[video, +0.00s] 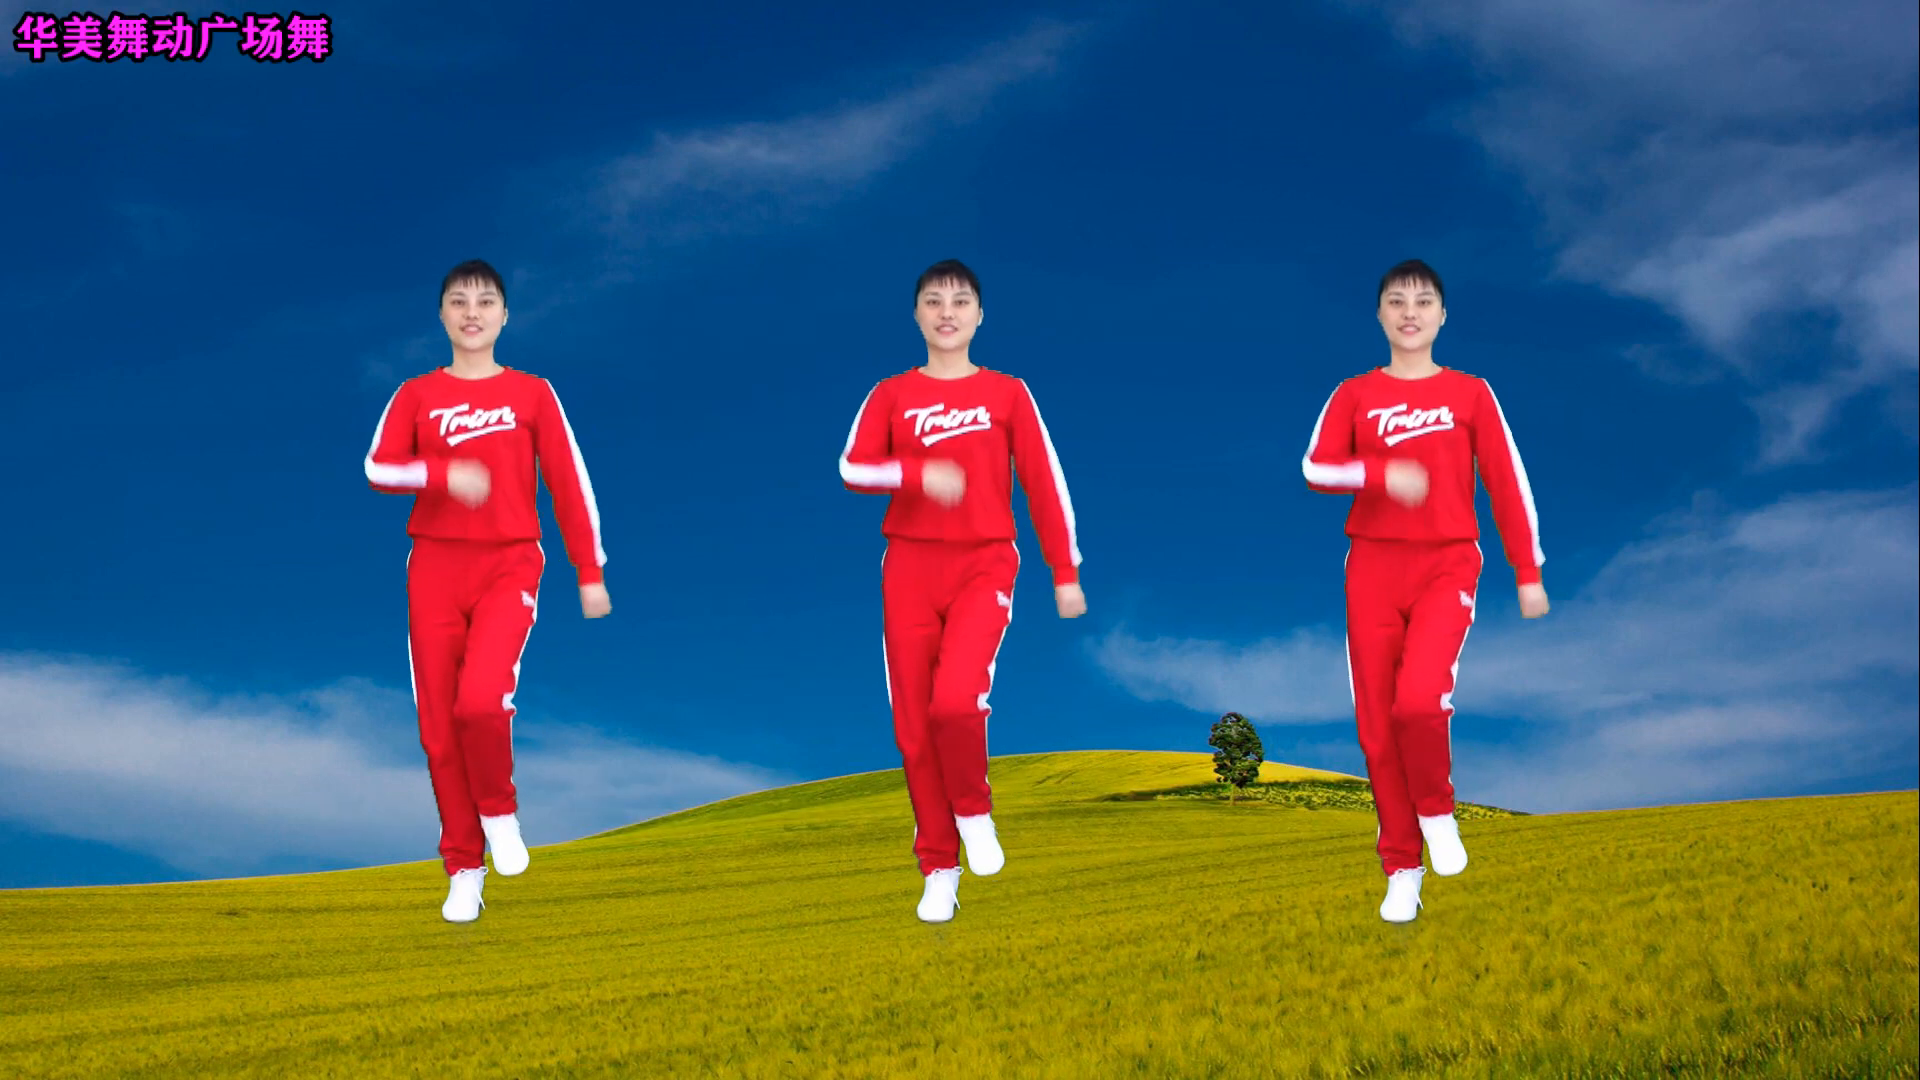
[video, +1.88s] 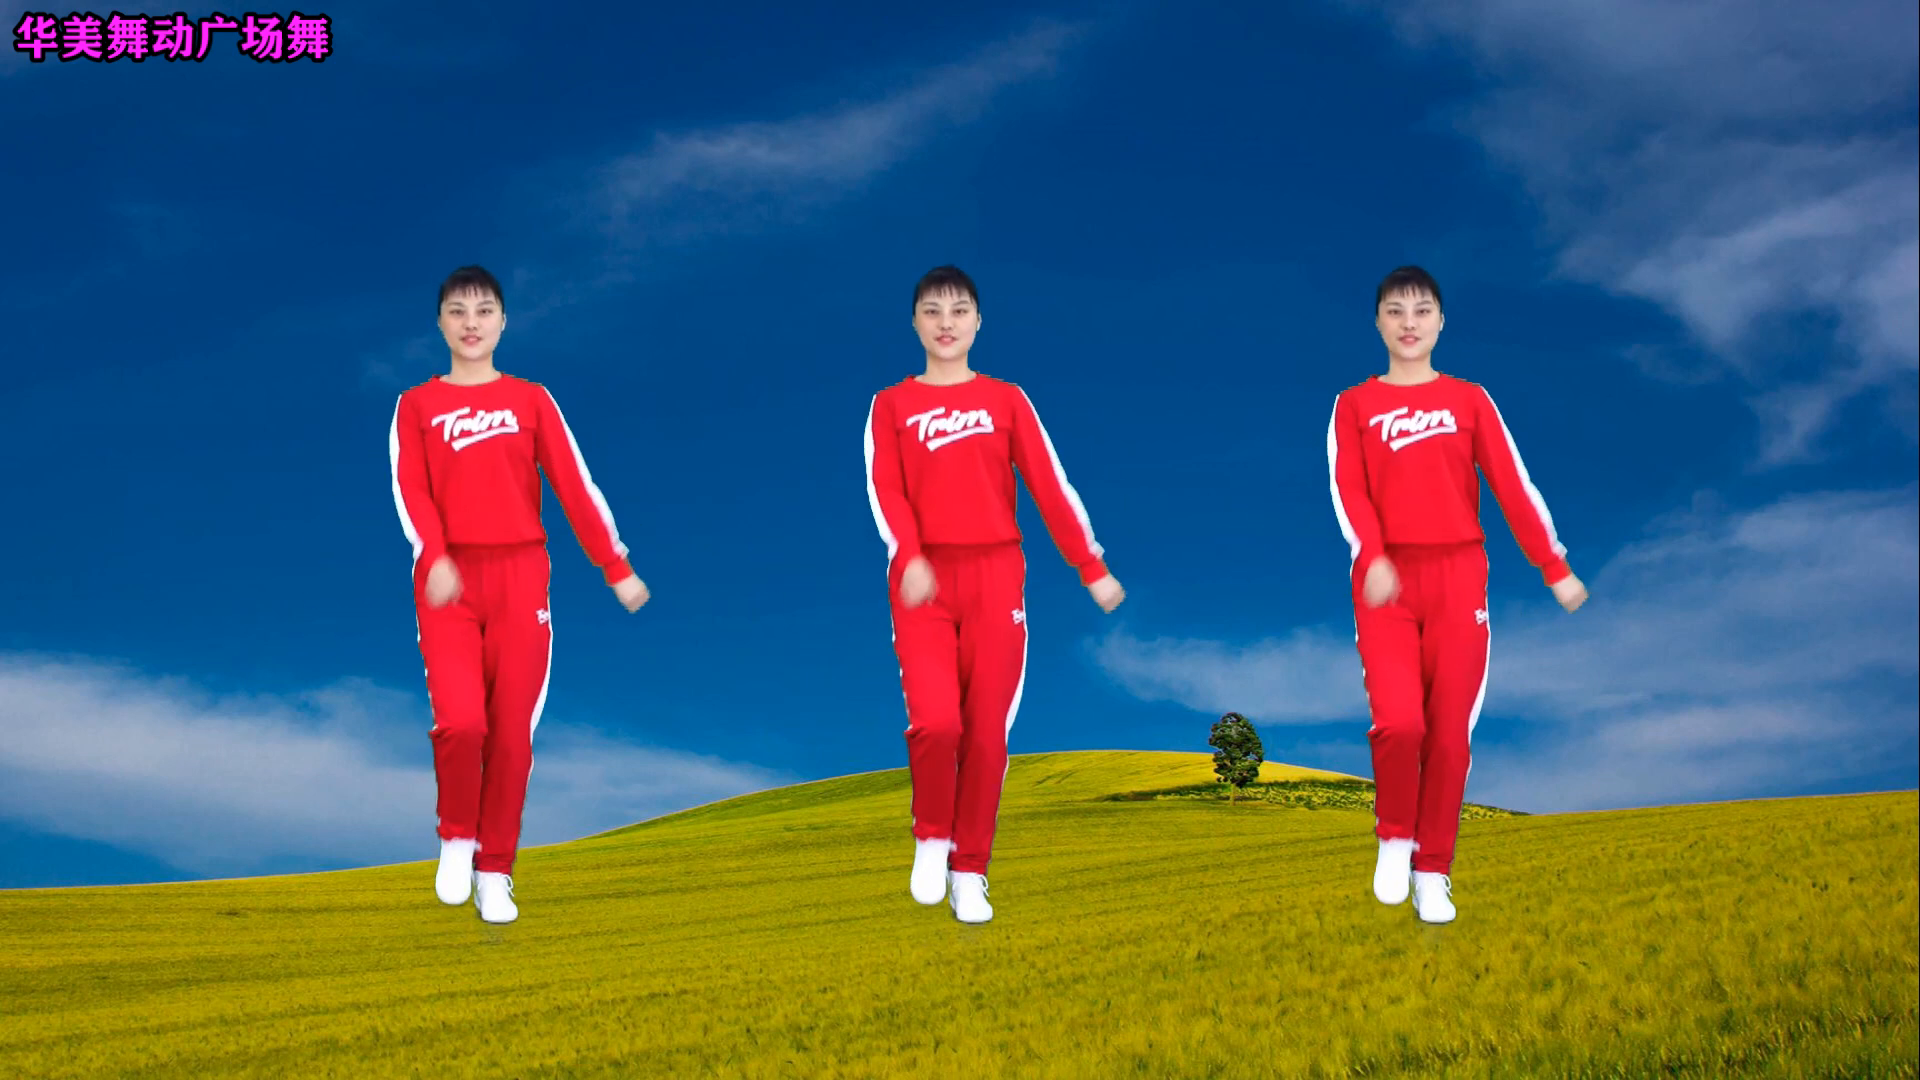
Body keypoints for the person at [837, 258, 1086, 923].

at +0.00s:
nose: (947, 312)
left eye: (959, 302)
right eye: (935, 302)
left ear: (978, 314)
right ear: (918, 315)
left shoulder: (1009, 392)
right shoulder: (890, 394)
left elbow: (1045, 482)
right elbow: (853, 469)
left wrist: (1065, 572)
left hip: (985, 567)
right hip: (909, 567)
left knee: (954, 705)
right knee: (912, 724)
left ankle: (972, 809)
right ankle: (938, 863)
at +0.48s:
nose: (956, 317)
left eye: (968, 307)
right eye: (943, 308)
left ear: (986, 320)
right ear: (926, 322)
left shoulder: (1016, 399)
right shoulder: (902, 403)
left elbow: (1056, 488)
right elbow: (893, 488)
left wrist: (1091, 573)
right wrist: (917, 557)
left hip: (1006, 573)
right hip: (931, 574)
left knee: (998, 724)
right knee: (945, 720)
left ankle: (983, 867)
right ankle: (943, 842)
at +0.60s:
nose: (957, 325)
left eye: (969, 315)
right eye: (944, 317)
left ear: (988, 328)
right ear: (928, 332)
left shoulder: (1018, 409)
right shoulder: (903, 411)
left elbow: (1034, 499)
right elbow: (885, 508)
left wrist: (1020, 575)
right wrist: (874, 596)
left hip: (1007, 582)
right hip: (931, 582)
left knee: (1008, 725)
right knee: (962, 702)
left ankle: (982, 867)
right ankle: (950, 806)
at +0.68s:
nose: (957, 314)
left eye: (968, 304)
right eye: (944, 306)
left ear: (987, 316)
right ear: (927, 321)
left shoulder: (1018, 393)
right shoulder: (902, 401)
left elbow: (1041, 471)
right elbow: (866, 487)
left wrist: (990, 496)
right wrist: (840, 572)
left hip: (1007, 572)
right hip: (932, 571)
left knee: (1003, 719)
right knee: (962, 696)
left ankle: (984, 867)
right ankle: (952, 806)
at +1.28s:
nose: (941, 327)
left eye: (953, 318)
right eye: (928, 318)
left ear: (969, 330)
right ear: (911, 330)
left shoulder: (998, 407)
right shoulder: (882, 411)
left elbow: (1005, 501)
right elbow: (866, 498)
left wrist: (1002, 585)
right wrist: (885, 570)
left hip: (972, 583)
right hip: (901, 584)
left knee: (946, 715)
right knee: (900, 733)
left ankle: (967, 809)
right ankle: (927, 866)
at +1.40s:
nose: (939, 310)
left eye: (952, 300)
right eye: (927, 300)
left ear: (969, 312)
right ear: (909, 312)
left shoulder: (996, 389)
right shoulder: (879, 392)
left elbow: (1036, 477)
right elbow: (841, 471)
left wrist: (1055, 565)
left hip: (974, 565)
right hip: (899, 566)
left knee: (948, 709)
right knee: (906, 721)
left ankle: (963, 818)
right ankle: (929, 862)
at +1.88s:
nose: (946, 322)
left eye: (959, 311)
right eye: (933, 312)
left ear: (976, 321)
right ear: (917, 323)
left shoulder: (1007, 399)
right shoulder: (890, 403)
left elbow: (1051, 485)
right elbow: (884, 487)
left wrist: (1092, 567)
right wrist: (908, 555)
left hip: (998, 574)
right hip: (922, 575)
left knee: (988, 727)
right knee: (935, 721)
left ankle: (970, 868)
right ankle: (933, 837)